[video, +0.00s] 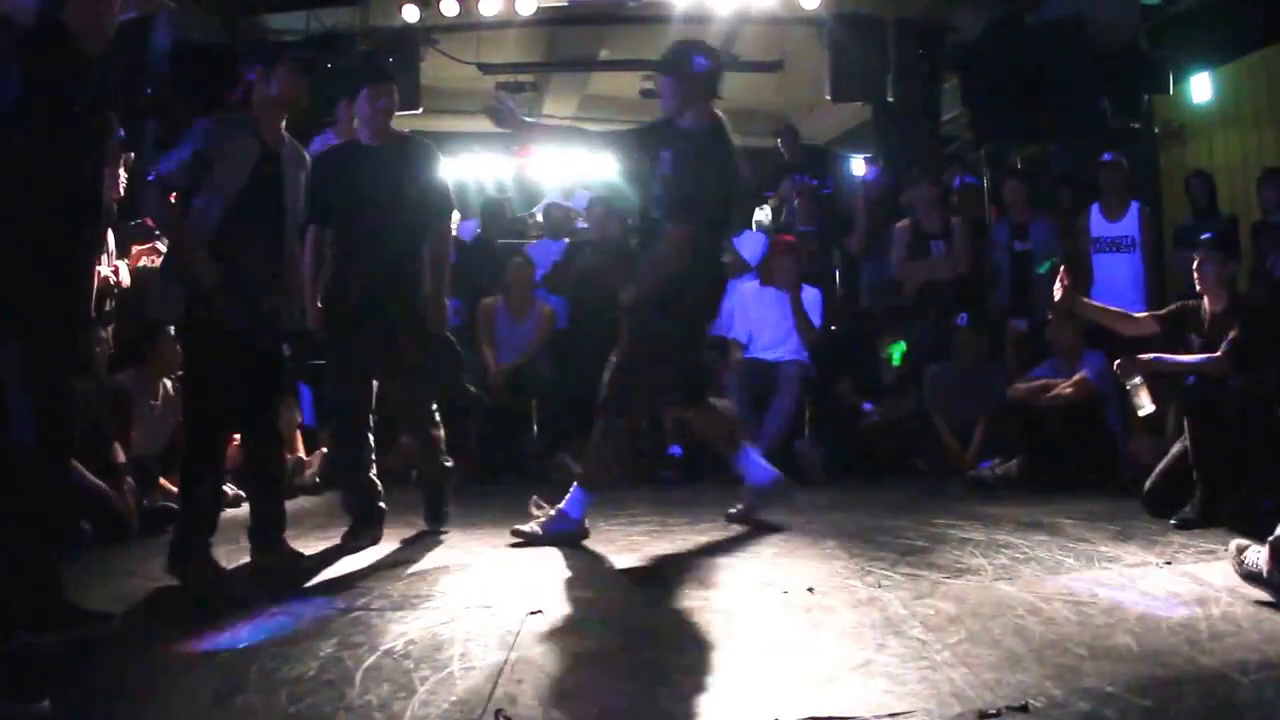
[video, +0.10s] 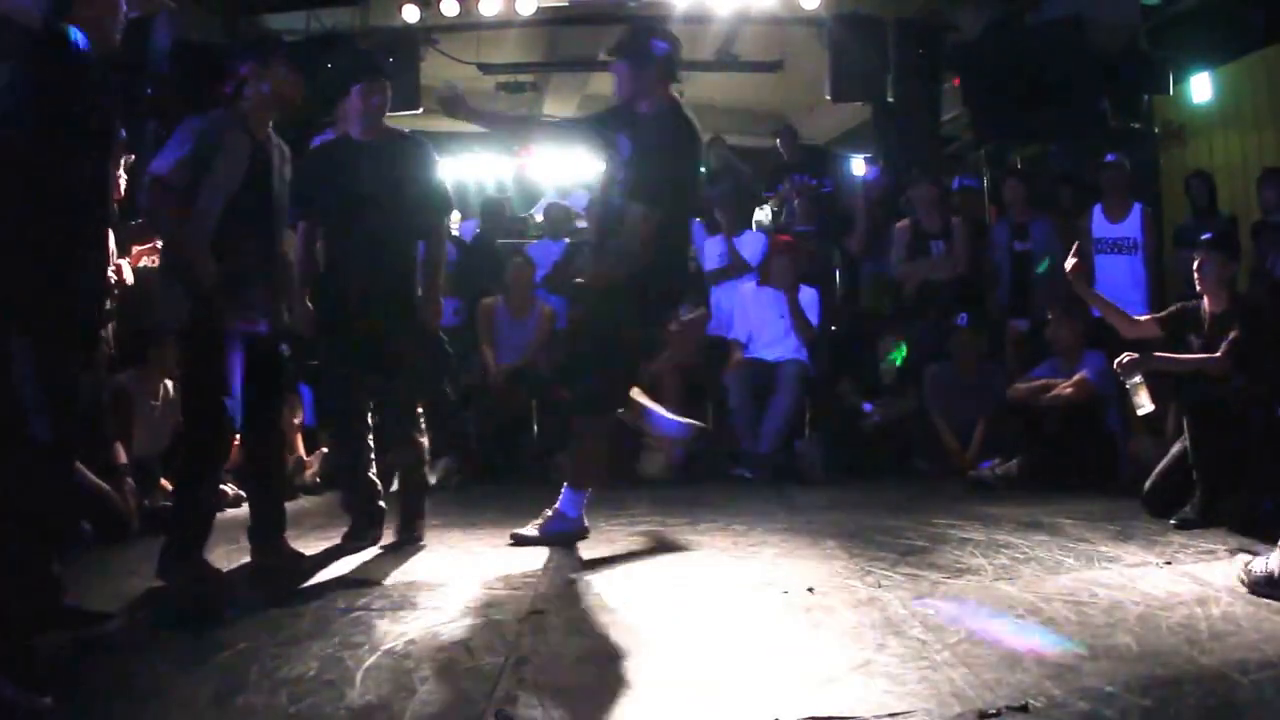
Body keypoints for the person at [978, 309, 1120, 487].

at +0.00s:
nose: (1054, 338)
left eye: (1060, 332)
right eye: (1052, 333)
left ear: (1075, 334)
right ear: (1049, 337)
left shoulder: (1093, 360)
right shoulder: (1054, 364)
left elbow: (1075, 393)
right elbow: (1012, 393)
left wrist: (1037, 400)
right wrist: (1052, 384)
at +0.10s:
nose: (1050, 333)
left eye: (1058, 326)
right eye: (1050, 326)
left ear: (1075, 329)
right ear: (1047, 331)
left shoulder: (1094, 360)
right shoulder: (1053, 364)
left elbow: (1072, 393)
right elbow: (1013, 393)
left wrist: (1034, 399)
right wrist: (1053, 384)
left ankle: (1020, 464)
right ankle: (1001, 460)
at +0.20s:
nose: (1050, 331)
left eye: (1057, 325)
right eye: (1049, 325)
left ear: (1075, 328)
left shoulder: (1095, 361)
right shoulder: (1054, 364)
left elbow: (1072, 393)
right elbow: (1013, 393)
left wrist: (1032, 400)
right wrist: (1052, 384)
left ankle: (1018, 465)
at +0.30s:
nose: (1050, 332)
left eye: (1057, 326)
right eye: (1050, 326)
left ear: (1074, 329)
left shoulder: (1095, 360)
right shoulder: (1054, 363)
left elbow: (1073, 393)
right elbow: (1013, 392)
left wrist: (1034, 400)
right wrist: (1055, 384)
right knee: (998, 408)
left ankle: (1017, 466)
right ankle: (970, 464)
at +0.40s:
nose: (1049, 331)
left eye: (1056, 324)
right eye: (1049, 325)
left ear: (1073, 327)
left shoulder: (1094, 360)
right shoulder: (1054, 364)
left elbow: (1072, 393)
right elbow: (1013, 393)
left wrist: (1032, 402)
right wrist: (1054, 384)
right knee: (999, 408)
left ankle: (1020, 466)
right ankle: (971, 464)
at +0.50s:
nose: (1050, 333)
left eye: (1057, 326)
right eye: (1049, 326)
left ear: (1075, 329)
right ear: (1049, 332)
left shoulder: (1094, 361)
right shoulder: (1055, 363)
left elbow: (1073, 394)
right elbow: (1012, 393)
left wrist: (1035, 401)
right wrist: (1052, 384)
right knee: (1000, 407)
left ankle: (1020, 465)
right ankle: (970, 463)